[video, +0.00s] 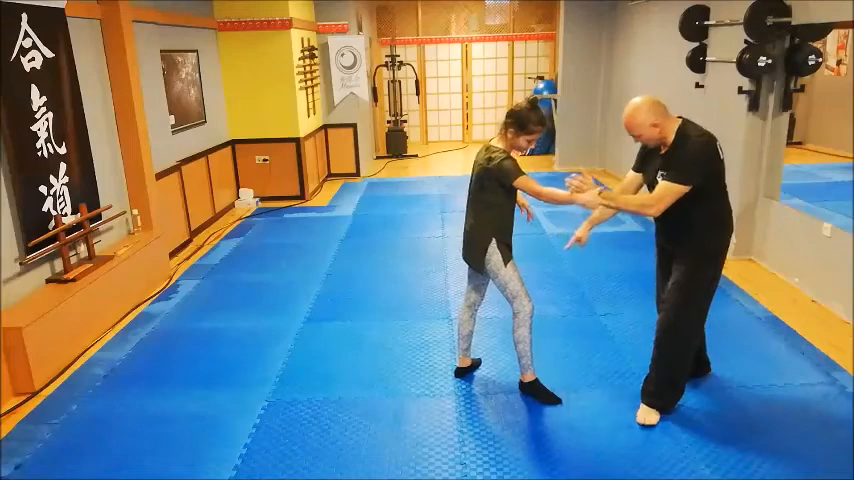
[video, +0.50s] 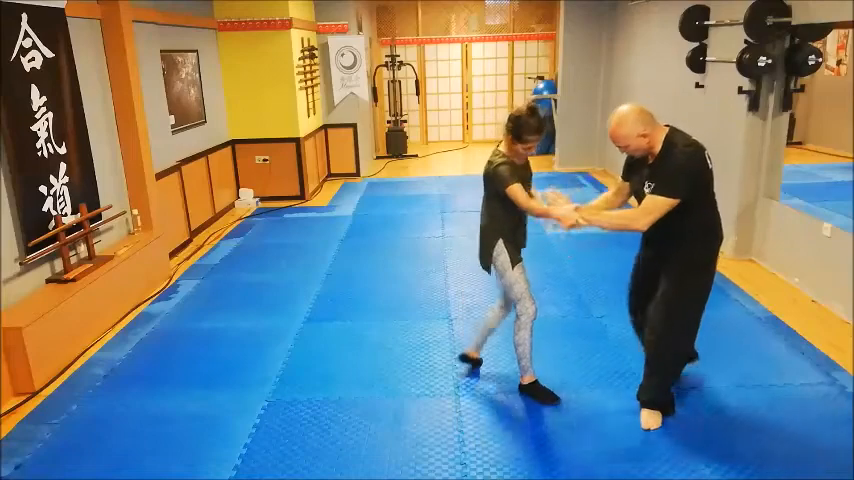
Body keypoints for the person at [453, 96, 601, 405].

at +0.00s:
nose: (531, 146)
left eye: (534, 141)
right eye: (528, 141)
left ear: (511, 130)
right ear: (511, 131)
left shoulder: (489, 150)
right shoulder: (503, 163)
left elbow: (499, 181)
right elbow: (541, 193)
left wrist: (517, 199)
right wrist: (580, 198)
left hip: (475, 238)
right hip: (490, 243)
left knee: (472, 301)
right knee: (522, 306)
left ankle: (463, 361)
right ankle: (528, 378)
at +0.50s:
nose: (530, 152)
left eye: (534, 147)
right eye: (525, 147)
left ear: (537, 138)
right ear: (510, 137)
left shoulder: (519, 158)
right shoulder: (501, 168)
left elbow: (527, 194)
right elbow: (526, 205)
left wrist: (548, 206)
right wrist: (558, 214)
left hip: (510, 240)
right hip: (499, 244)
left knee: (506, 304)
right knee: (526, 310)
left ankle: (472, 352)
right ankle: (527, 379)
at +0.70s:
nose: (525, 157)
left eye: (530, 151)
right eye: (518, 152)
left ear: (536, 142)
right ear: (504, 144)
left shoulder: (532, 160)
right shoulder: (497, 171)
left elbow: (539, 193)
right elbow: (519, 213)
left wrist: (552, 208)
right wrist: (553, 224)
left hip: (529, 236)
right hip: (504, 241)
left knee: (544, 296)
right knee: (520, 308)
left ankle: (517, 339)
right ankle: (525, 378)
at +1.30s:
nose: (490, 188)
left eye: (493, 182)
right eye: (484, 184)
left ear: (503, 167)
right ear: (479, 178)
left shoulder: (534, 166)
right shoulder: (480, 185)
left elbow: (559, 189)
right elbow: (501, 224)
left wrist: (545, 228)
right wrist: (517, 239)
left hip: (545, 243)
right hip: (509, 248)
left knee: (555, 300)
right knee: (512, 313)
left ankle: (560, 342)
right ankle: (520, 380)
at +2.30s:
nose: (510, 161)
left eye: (514, 154)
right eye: (503, 154)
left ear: (521, 148)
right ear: (490, 149)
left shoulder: (517, 163)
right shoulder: (482, 175)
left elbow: (522, 191)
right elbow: (520, 217)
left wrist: (534, 213)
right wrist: (560, 245)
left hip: (518, 240)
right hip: (488, 248)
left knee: (530, 295)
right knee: (498, 319)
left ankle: (542, 345)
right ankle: (506, 376)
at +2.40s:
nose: (512, 149)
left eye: (516, 142)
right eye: (505, 143)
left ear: (523, 134)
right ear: (489, 136)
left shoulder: (506, 158)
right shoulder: (485, 170)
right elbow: (528, 213)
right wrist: (570, 240)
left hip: (508, 238)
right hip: (484, 243)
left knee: (518, 301)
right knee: (499, 317)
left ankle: (524, 350)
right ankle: (497, 376)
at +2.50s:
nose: (516, 139)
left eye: (519, 132)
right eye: (512, 133)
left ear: (516, 124)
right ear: (491, 128)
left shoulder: (492, 153)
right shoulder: (489, 164)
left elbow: (495, 197)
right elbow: (533, 211)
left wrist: (519, 212)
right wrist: (578, 234)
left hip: (498, 242)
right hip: (486, 246)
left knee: (505, 304)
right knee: (499, 315)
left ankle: (498, 355)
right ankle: (486, 378)